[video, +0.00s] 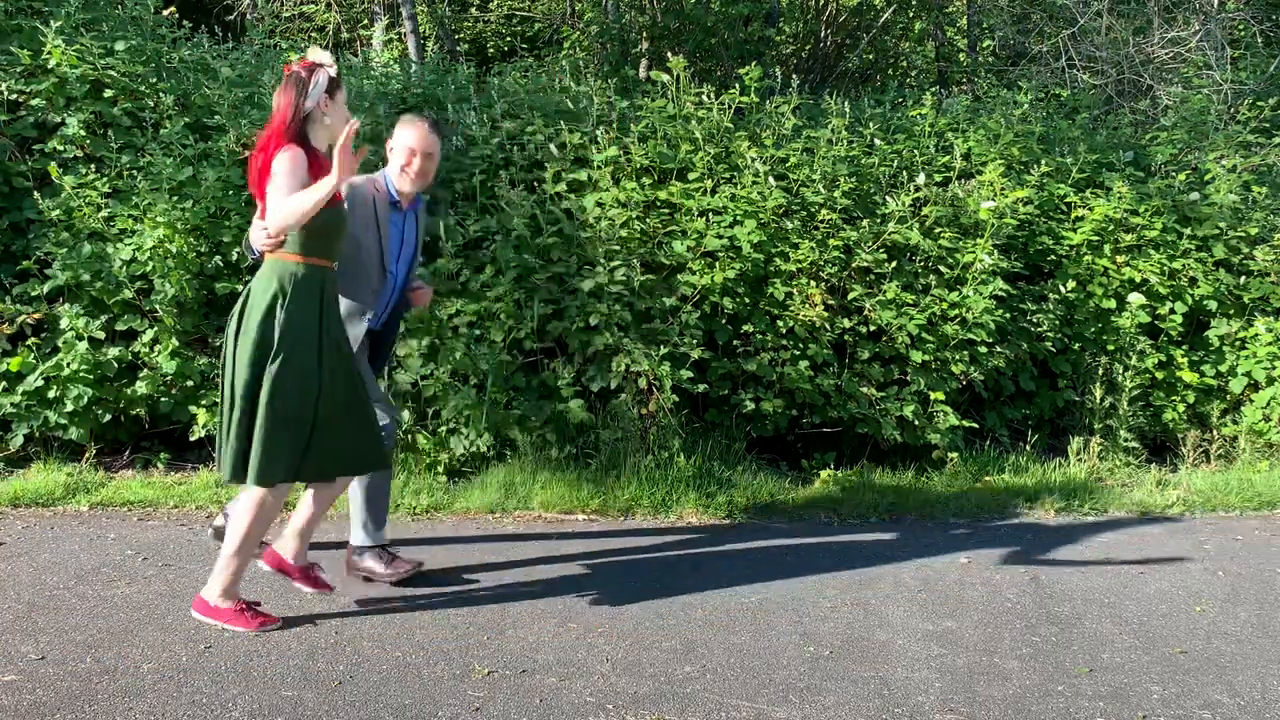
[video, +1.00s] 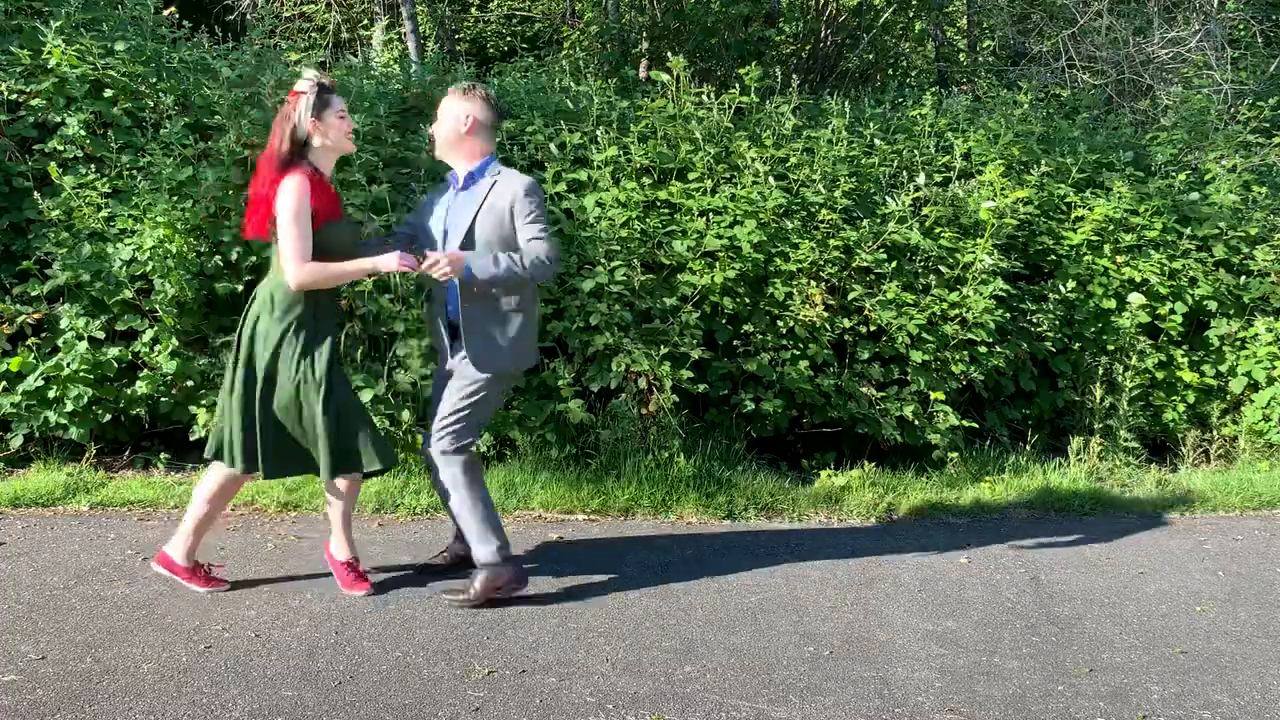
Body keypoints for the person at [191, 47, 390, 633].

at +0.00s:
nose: (348, 105)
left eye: (344, 95)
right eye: (341, 96)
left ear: (315, 103)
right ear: (319, 105)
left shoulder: (318, 160)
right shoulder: (289, 153)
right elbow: (279, 219)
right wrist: (335, 178)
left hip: (316, 312)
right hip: (284, 310)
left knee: (353, 445)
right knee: (277, 458)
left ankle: (290, 545)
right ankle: (217, 591)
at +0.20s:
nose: (314, 113)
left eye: (310, 102)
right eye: (308, 104)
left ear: (279, 112)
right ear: (287, 112)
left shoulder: (272, 169)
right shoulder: (258, 170)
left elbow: (260, 251)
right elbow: (241, 258)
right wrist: (330, 270)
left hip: (273, 323)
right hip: (264, 328)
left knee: (257, 470)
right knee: (277, 478)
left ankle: (172, 560)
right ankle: (220, 593)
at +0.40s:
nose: (304, 101)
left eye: (299, 91)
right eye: (296, 93)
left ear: (268, 104)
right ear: (275, 105)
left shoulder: (259, 160)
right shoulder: (254, 162)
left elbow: (238, 246)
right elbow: (239, 257)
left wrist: (303, 239)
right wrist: (318, 272)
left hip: (245, 315)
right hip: (250, 319)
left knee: (217, 451)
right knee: (318, 439)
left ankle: (154, 570)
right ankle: (284, 560)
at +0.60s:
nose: (311, 107)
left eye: (306, 98)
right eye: (303, 100)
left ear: (276, 114)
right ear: (281, 114)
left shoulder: (255, 167)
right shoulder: (268, 169)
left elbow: (240, 254)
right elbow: (265, 263)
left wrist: (315, 259)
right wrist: (339, 263)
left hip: (259, 313)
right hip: (272, 318)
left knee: (258, 458)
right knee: (291, 450)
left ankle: (175, 559)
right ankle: (310, 571)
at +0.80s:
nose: (327, 104)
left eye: (323, 96)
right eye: (318, 98)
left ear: (290, 113)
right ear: (293, 112)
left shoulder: (275, 161)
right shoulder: (285, 165)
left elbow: (293, 246)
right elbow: (288, 258)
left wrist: (357, 247)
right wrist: (361, 254)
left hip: (263, 305)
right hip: (276, 310)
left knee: (268, 443)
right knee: (313, 443)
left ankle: (197, 542)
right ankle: (313, 565)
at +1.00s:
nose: (351, 123)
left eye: (348, 115)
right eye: (341, 116)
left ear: (319, 129)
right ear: (314, 129)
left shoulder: (315, 180)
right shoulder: (298, 183)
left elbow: (326, 252)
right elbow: (298, 274)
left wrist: (384, 251)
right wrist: (375, 263)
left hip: (282, 325)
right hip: (291, 330)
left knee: (243, 444)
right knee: (349, 439)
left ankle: (179, 551)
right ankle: (341, 548)